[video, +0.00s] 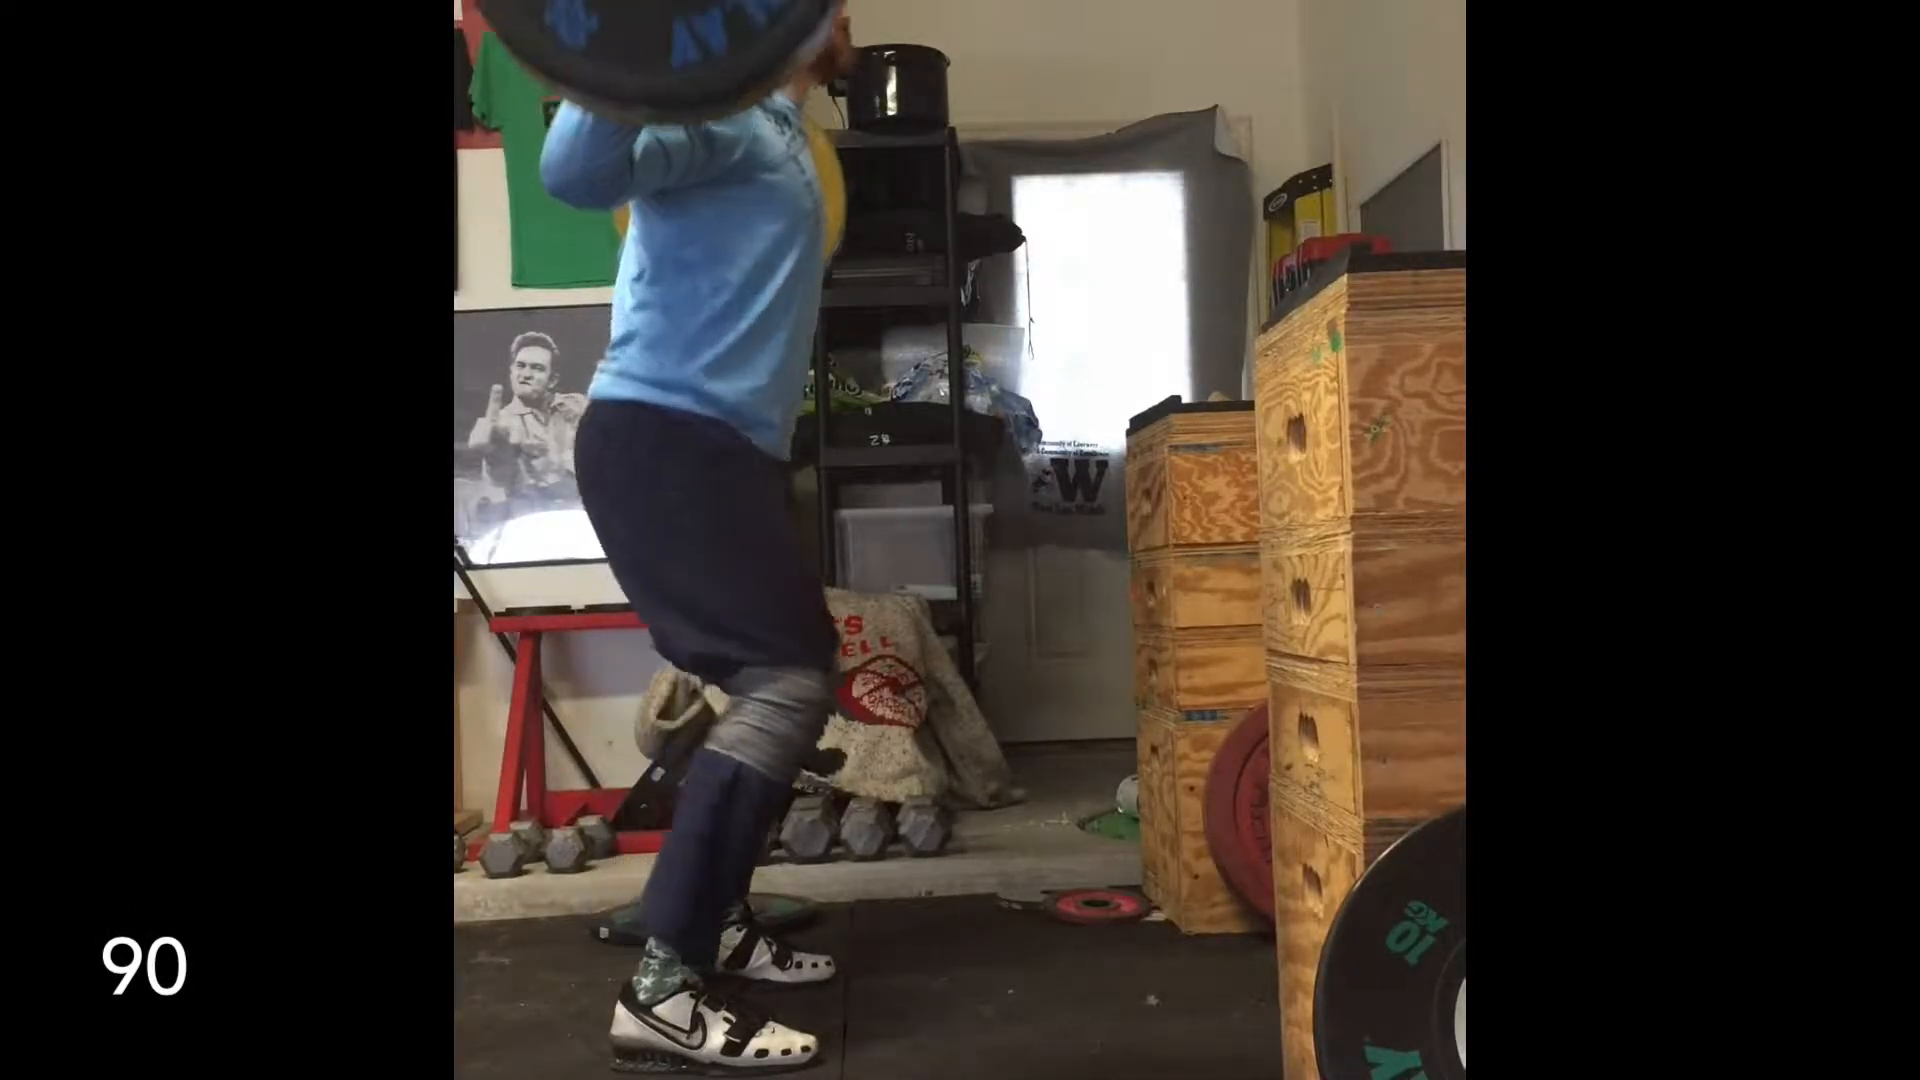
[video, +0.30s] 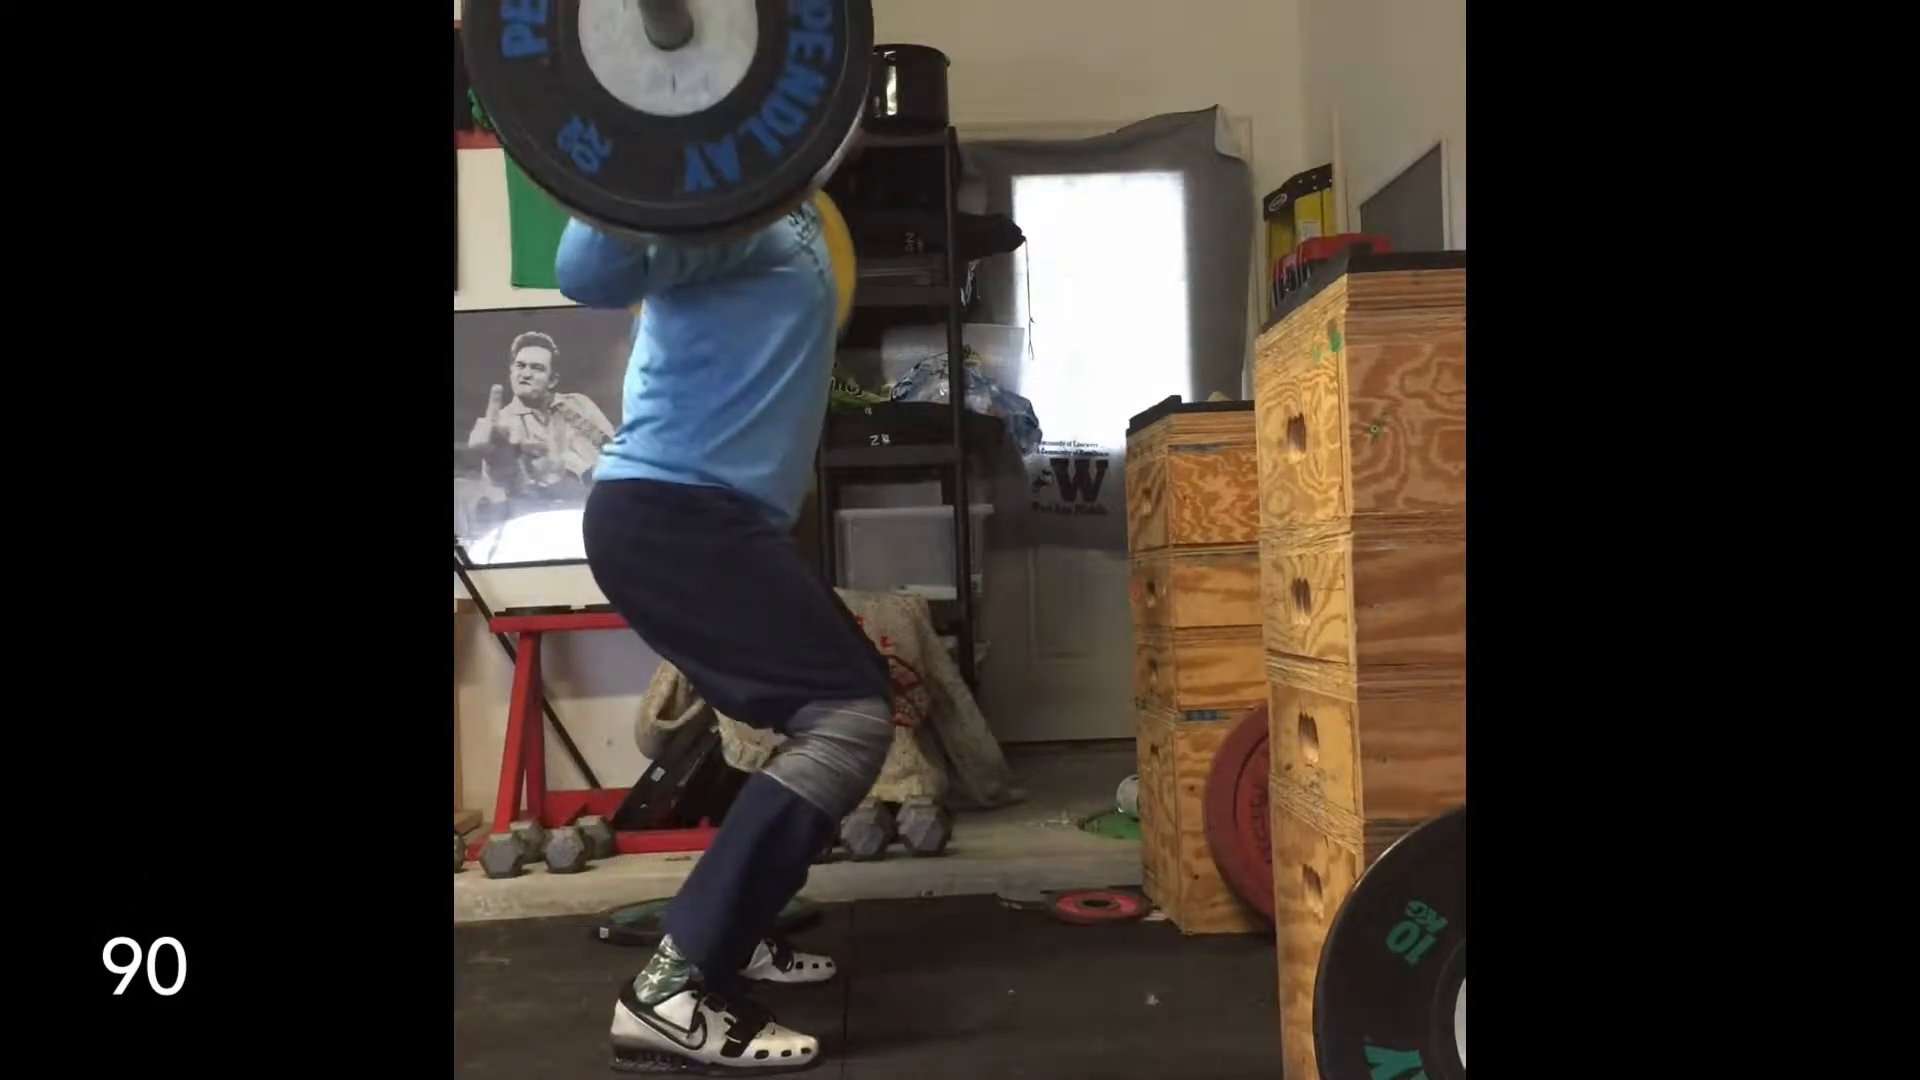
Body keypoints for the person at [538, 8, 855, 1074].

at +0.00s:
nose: (845, 32)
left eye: (842, 18)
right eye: (832, 16)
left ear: (799, 36)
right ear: (788, 24)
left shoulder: (790, 129)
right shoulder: (720, 118)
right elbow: (573, 171)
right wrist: (631, 38)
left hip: (721, 442)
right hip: (665, 436)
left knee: (776, 677)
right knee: (785, 681)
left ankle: (711, 915)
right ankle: (665, 978)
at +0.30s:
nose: (827, 125)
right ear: (755, 114)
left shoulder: (800, 214)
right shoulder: (726, 207)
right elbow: (586, 271)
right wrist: (645, 142)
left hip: (718, 510)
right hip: (673, 509)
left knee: (837, 707)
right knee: (849, 721)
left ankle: (737, 925)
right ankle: (674, 984)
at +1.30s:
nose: (887, 302)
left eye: (888, 282)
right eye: (876, 278)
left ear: (828, 274)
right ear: (814, 265)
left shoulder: (820, 377)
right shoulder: (743, 331)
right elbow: (737, 196)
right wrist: (726, 51)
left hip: (703, 640)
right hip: (616, 635)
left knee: (848, 704)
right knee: (831, 736)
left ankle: (744, 917)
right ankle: (667, 986)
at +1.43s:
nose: (895, 339)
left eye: (898, 319)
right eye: (885, 315)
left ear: (837, 311)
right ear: (825, 304)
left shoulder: (835, 421)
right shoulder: (750, 373)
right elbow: (745, 238)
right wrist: (730, 89)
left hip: (707, 669)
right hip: (621, 671)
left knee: (864, 714)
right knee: (840, 745)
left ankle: (750, 922)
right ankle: (675, 987)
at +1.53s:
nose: (904, 365)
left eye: (904, 346)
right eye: (891, 343)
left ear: (842, 342)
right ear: (831, 335)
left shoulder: (839, 449)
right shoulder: (754, 404)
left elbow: (765, 622)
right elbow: (750, 272)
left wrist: (849, 682)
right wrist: (738, 128)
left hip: (712, 701)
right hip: (627, 704)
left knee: (870, 725)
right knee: (851, 753)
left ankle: (748, 928)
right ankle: (678, 988)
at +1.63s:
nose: (906, 393)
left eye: (907, 373)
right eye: (893, 370)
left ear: (841, 366)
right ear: (832, 361)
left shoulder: (838, 473)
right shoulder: (756, 431)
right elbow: (753, 300)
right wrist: (740, 152)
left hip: (708, 724)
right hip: (623, 733)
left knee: (869, 718)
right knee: (855, 758)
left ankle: (750, 927)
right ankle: (677, 988)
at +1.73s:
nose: (907, 415)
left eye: (908, 395)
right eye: (894, 393)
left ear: (842, 386)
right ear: (834, 382)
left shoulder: (841, 494)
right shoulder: (756, 452)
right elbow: (755, 321)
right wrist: (742, 169)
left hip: (704, 743)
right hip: (617, 756)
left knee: (862, 713)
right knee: (851, 757)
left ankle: (749, 929)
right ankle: (676, 989)